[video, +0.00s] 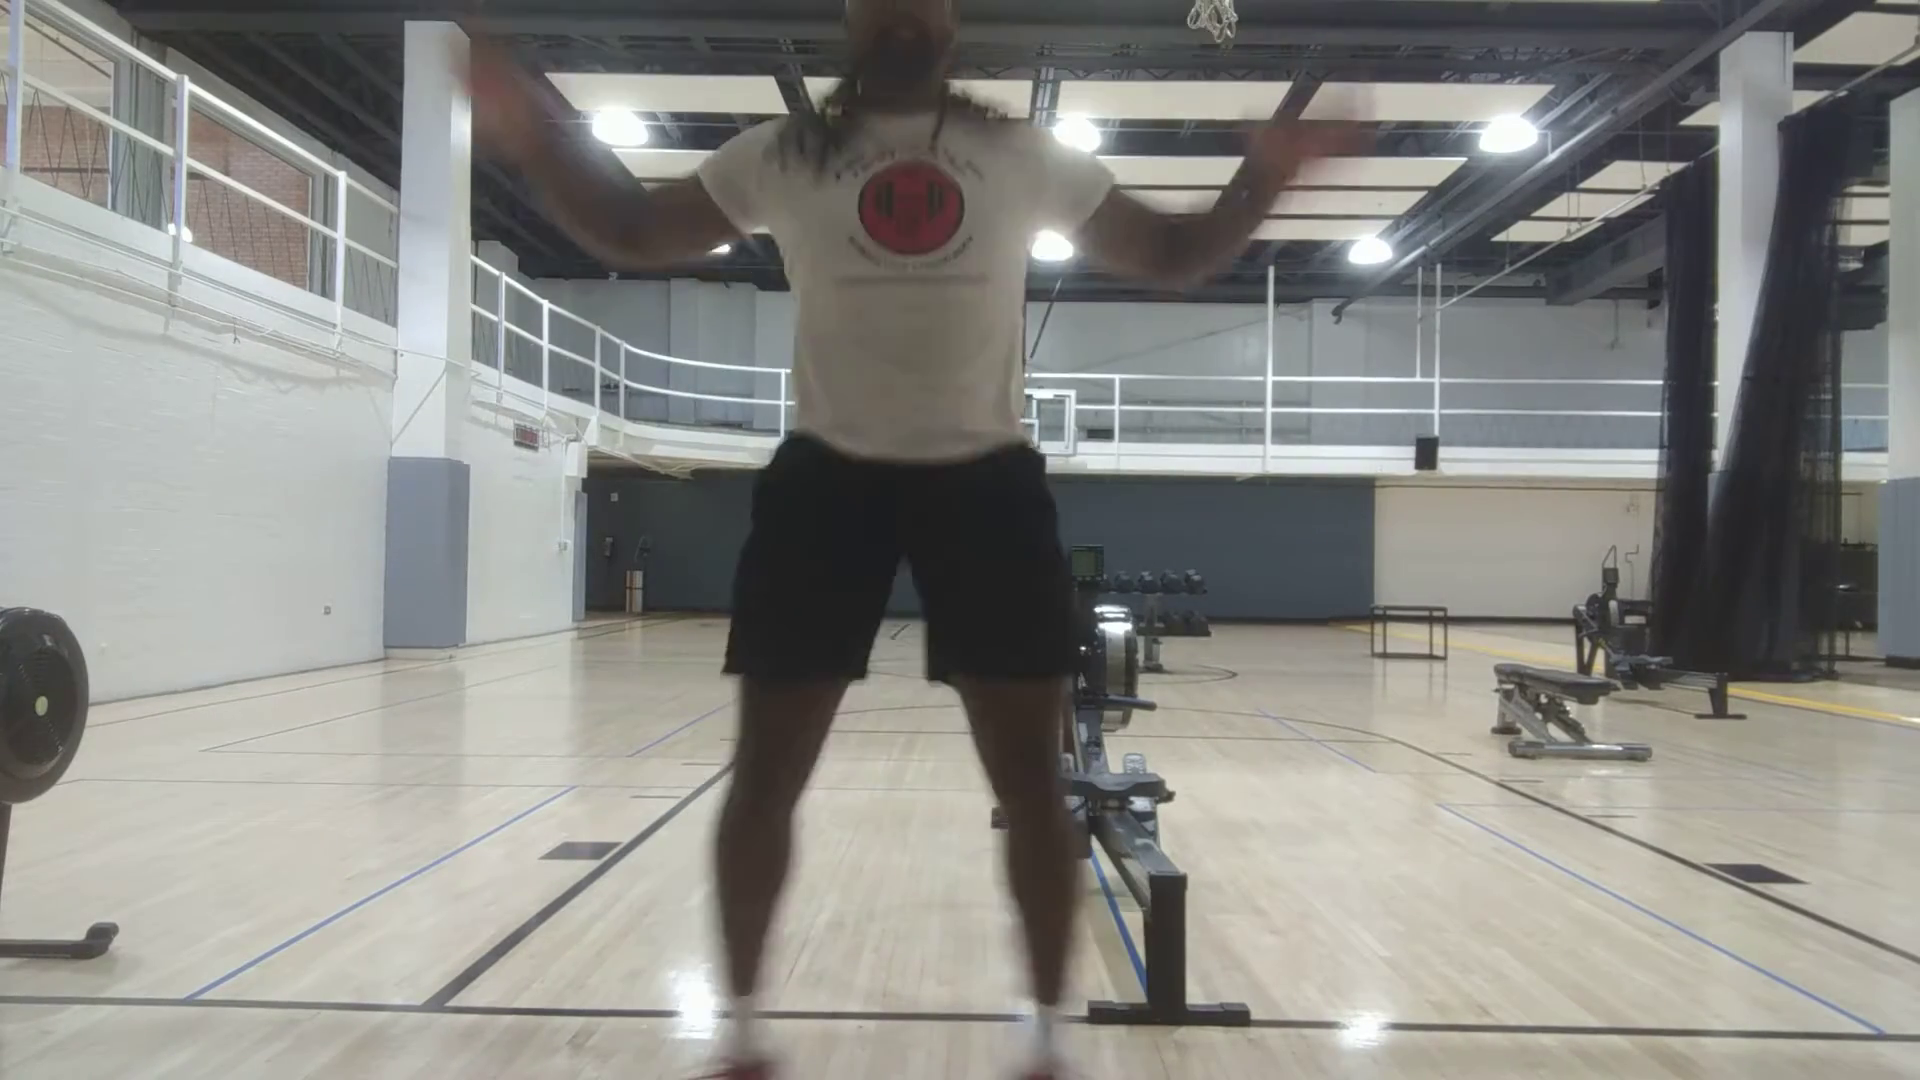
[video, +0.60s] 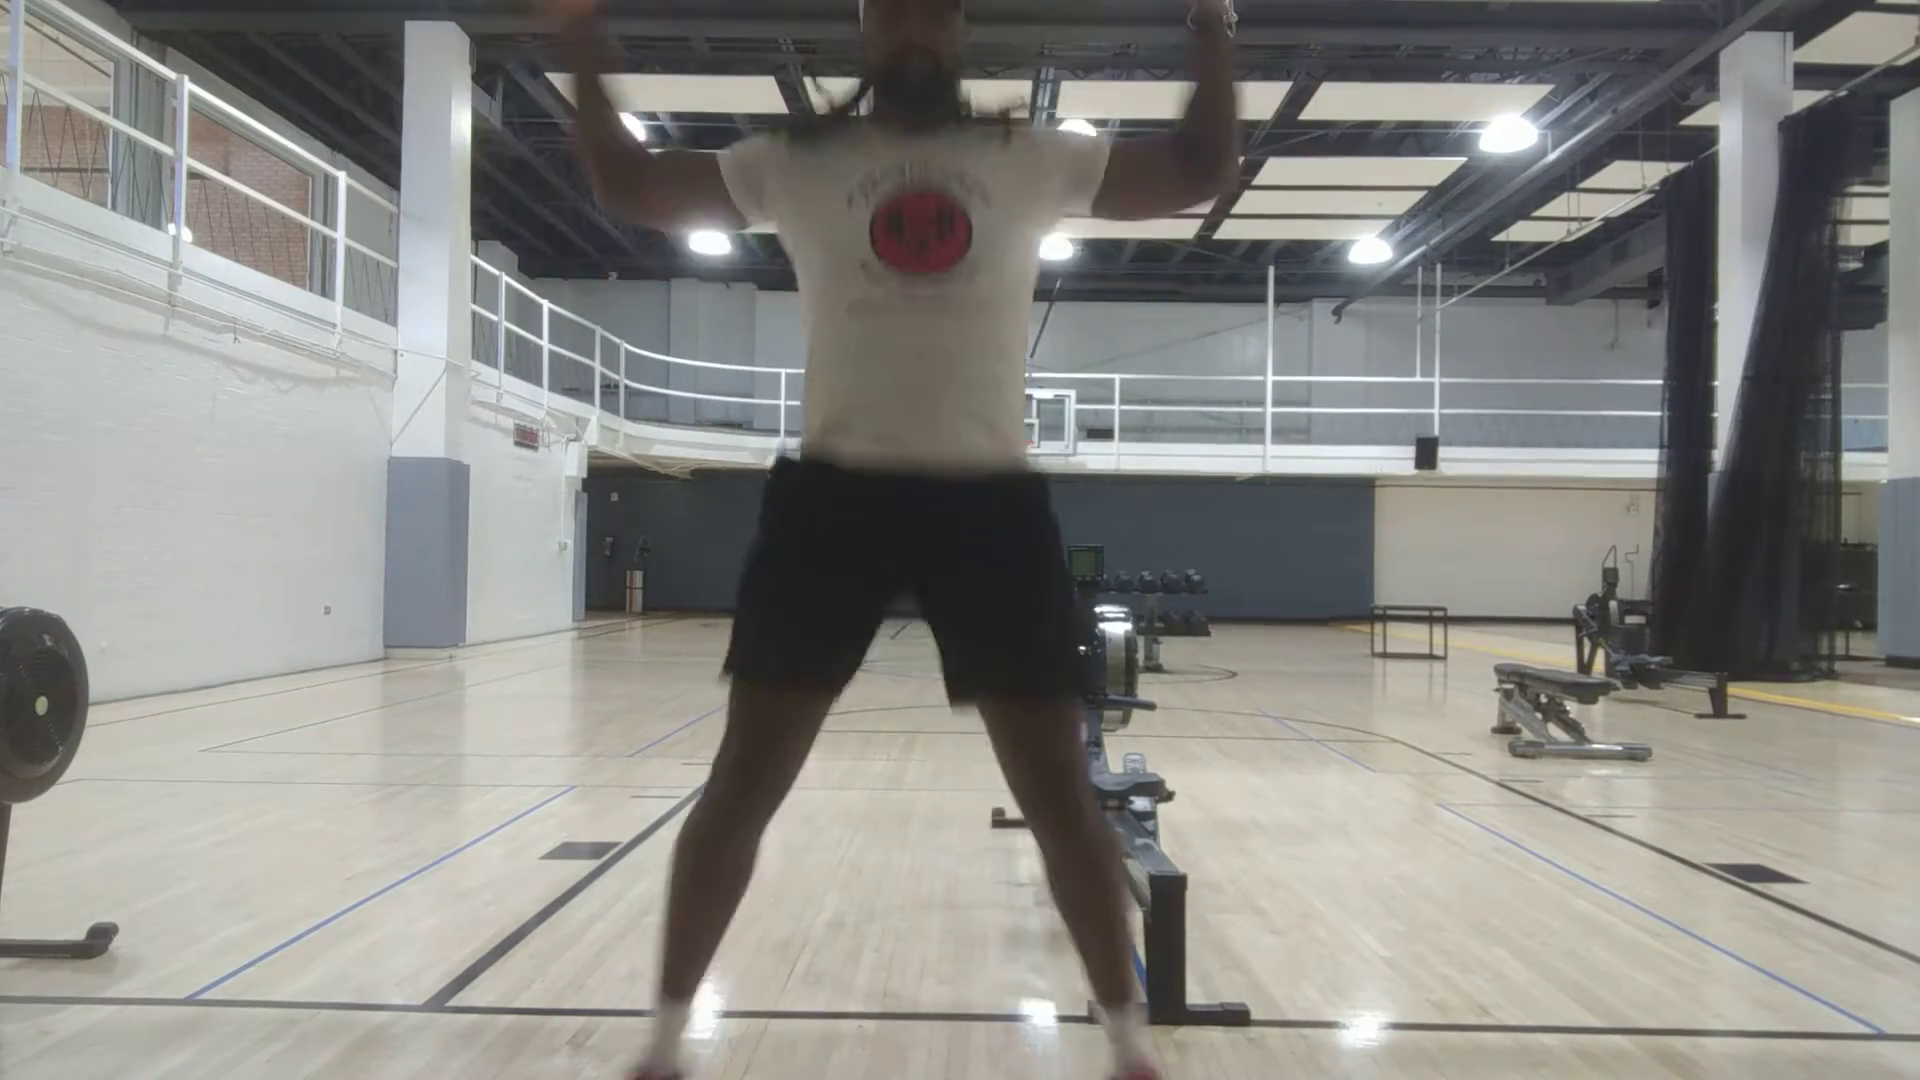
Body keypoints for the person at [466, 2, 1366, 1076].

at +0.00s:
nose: (908, 22)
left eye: (928, 6)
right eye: (885, 5)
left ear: (955, 29)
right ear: (845, 27)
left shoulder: (1017, 149)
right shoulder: (786, 155)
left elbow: (1169, 259)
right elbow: (631, 228)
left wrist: (1258, 184)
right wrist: (529, 133)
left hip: (986, 490)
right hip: (826, 487)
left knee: (1031, 779)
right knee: (767, 770)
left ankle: (1048, 1035)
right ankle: (738, 1028)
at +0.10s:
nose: (908, 18)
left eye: (928, 3)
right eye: (886, 3)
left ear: (958, 23)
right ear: (851, 22)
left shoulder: (1024, 169)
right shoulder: (788, 165)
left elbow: (1099, 332)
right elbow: (695, 305)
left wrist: (1176, 343)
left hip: (984, 499)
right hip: (827, 495)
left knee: (991, 796)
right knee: (806, 788)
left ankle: (963, 1048)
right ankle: (823, 1048)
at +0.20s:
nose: (906, 77)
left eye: (927, 56)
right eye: (884, 55)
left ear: (959, 83)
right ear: (850, 83)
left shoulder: (1020, 257)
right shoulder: (793, 249)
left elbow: (1041, 444)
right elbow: (747, 411)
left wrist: (1075, 478)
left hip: (978, 572)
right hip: (828, 566)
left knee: (975, 874)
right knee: (818, 867)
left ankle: (950, 1067)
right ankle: (835, 1066)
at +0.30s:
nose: (903, 110)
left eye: (923, 92)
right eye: (883, 92)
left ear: (956, 115)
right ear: (852, 115)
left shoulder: (1017, 275)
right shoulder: (796, 273)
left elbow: (1058, 424)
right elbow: (738, 427)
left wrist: (1093, 472)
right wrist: (733, 471)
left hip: (978, 591)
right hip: (831, 588)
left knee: (972, 859)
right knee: (827, 855)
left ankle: (947, 1068)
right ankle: (841, 1067)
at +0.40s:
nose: (907, 38)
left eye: (927, 20)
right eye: (885, 19)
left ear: (956, 40)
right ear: (853, 38)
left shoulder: (1021, 193)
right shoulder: (797, 195)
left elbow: (1110, 337)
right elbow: (708, 330)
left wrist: (1186, 314)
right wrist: (631, 338)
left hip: (982, 513)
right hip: (833, 513)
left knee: (986, 786)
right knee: (814, 781)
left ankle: (978, 1040)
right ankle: (814, 1038)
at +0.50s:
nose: (914, 11)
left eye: (932, 1)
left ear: (962, 21)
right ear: (856, 22)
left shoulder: (1021, 135)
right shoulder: (797, 144)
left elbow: (1168, 242)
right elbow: (649, 241)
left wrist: (1250, 134)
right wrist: (542, 155)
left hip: (987, 470)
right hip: (833, 467)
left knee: (1021, 761)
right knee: (782, 749)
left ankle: (1050, 1027)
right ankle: (739, 1025)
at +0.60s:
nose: (915, 29)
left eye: (935, 13)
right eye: (894, 12)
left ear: (965, 30)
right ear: (862, 30)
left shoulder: (1029, 160)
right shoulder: (799, 162)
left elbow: (1203, 167)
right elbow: (629, 183)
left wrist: (1213, 37)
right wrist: (586, 50)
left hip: (991, 502)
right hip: (833, 497)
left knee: (1061, 790)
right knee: (745, 781)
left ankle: (1132, 1044)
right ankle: (665, 1037)